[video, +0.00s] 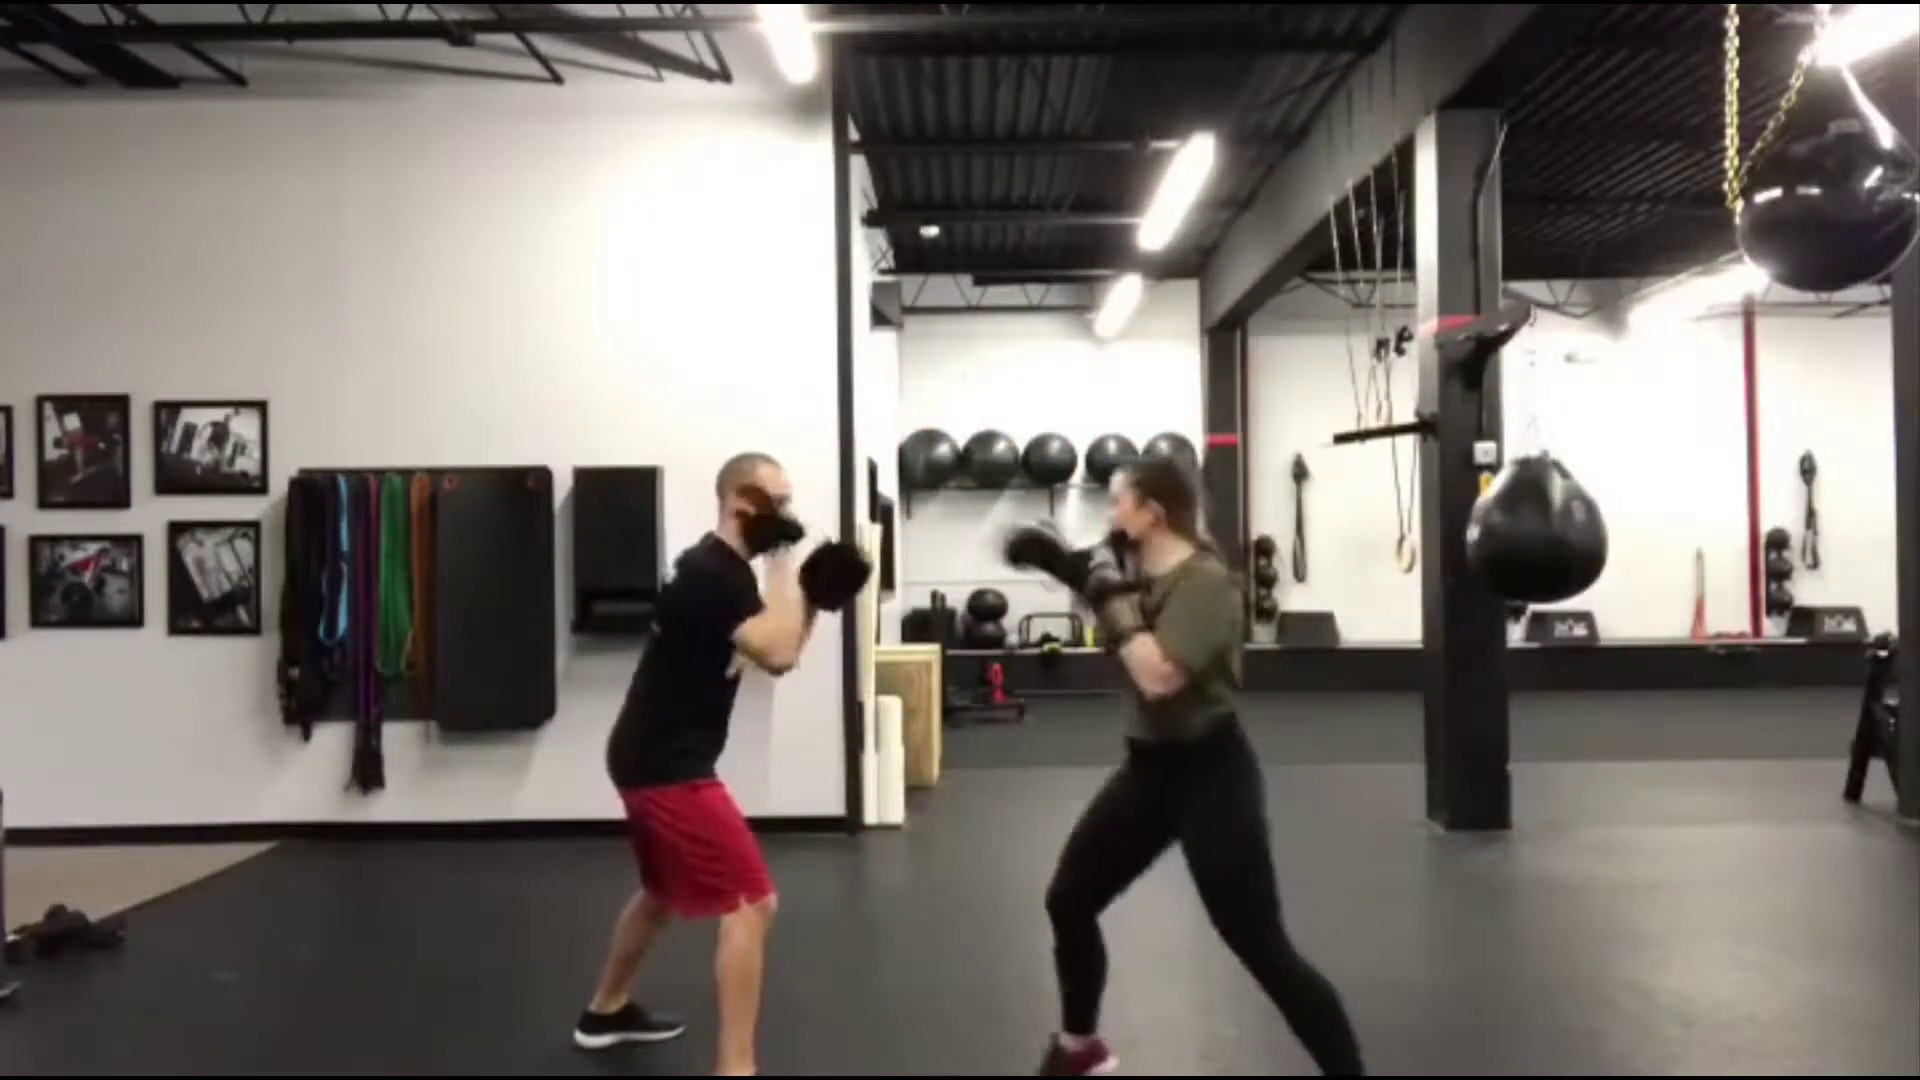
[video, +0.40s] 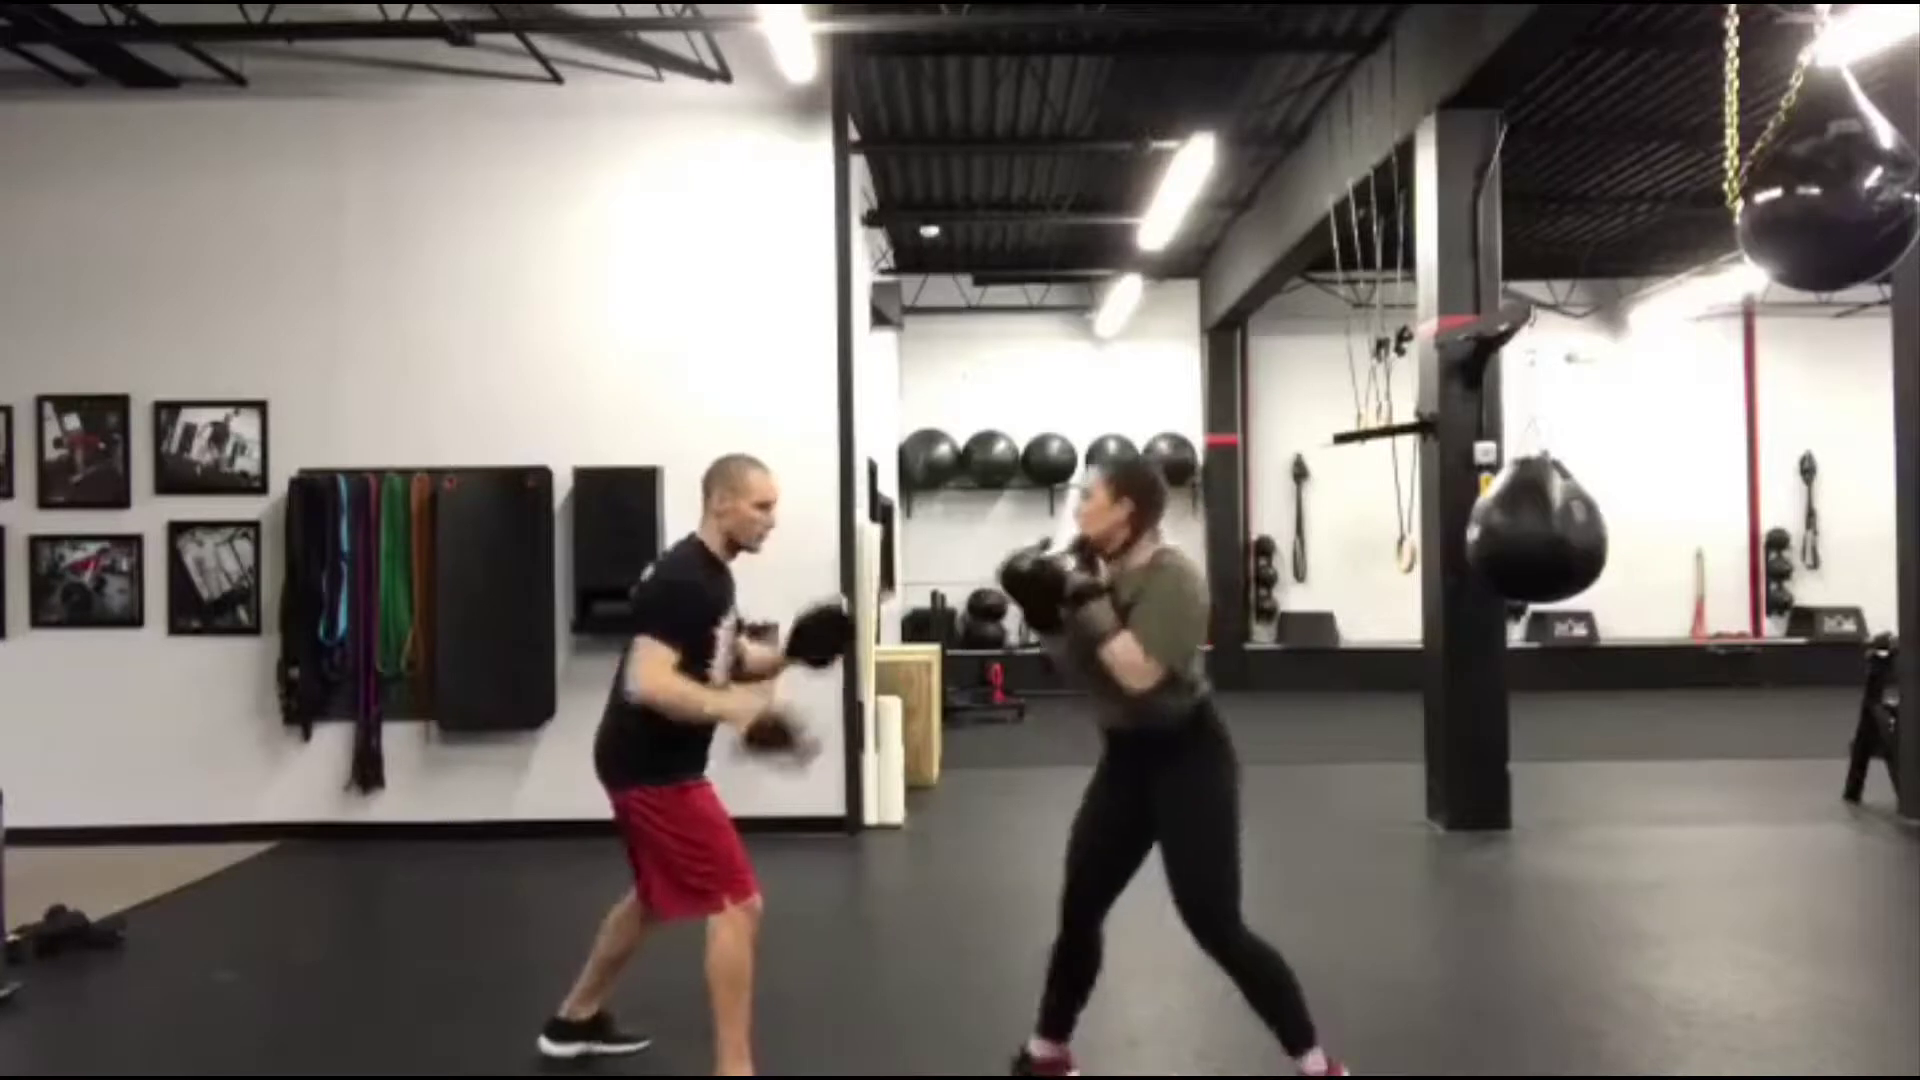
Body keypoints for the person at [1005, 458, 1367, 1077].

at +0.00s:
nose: (1113, 513)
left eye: (1120, 501)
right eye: (1115, 501)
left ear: (1152, 510)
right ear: (1155, 511)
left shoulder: (1207, 582)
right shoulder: (1152, 576)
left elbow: (1158, 676)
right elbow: (1131, 632)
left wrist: (1110, 595)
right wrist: (1075, 575)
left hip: (1213, 774)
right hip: (1154, 771)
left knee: (1257, 940)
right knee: (1071, 900)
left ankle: (1347, 1068)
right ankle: (1078, 1043)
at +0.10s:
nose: (1084, 528)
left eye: (1093, 517)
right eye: (1087, 517)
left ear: (1126, 526)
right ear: (1124, 526)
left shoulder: (1181, 604)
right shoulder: (1099, 585)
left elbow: (1152, 700)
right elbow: (1025, 573)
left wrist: (1096, 621)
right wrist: (962, 536)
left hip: (1181, 778)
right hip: (1117, 776)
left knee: (1231, 943)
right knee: (1056, 918)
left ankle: (1327, 1068)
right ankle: (1048, 1057)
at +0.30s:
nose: (1068, 530)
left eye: (1079, 520)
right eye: (1071, 520)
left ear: (1112, 533)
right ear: (1102, 534)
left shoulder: (1159, 608)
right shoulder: (1085, 599)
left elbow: (1128, 709)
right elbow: (1036, 645)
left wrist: (1080, 634)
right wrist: (1014, 615)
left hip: (1160, 787)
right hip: (1098, 785)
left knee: (1209, 947)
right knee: (1043, 926)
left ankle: (1304, 1068)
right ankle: (1050, 1061)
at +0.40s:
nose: (1080, 510)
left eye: (1091, 500)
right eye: (1083, 498)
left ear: (1128, 510)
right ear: (1121, 510)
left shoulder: (1175, 578)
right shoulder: (1095, 574)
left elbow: (1140, 673)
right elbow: (1088, 664)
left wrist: (1090, 599)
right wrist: (1047, 613)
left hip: (1191, 759)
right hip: (1128, 759)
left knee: (1213, 922)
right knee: (1080, 909)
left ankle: (1312, 1059)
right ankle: (1048, 1050)